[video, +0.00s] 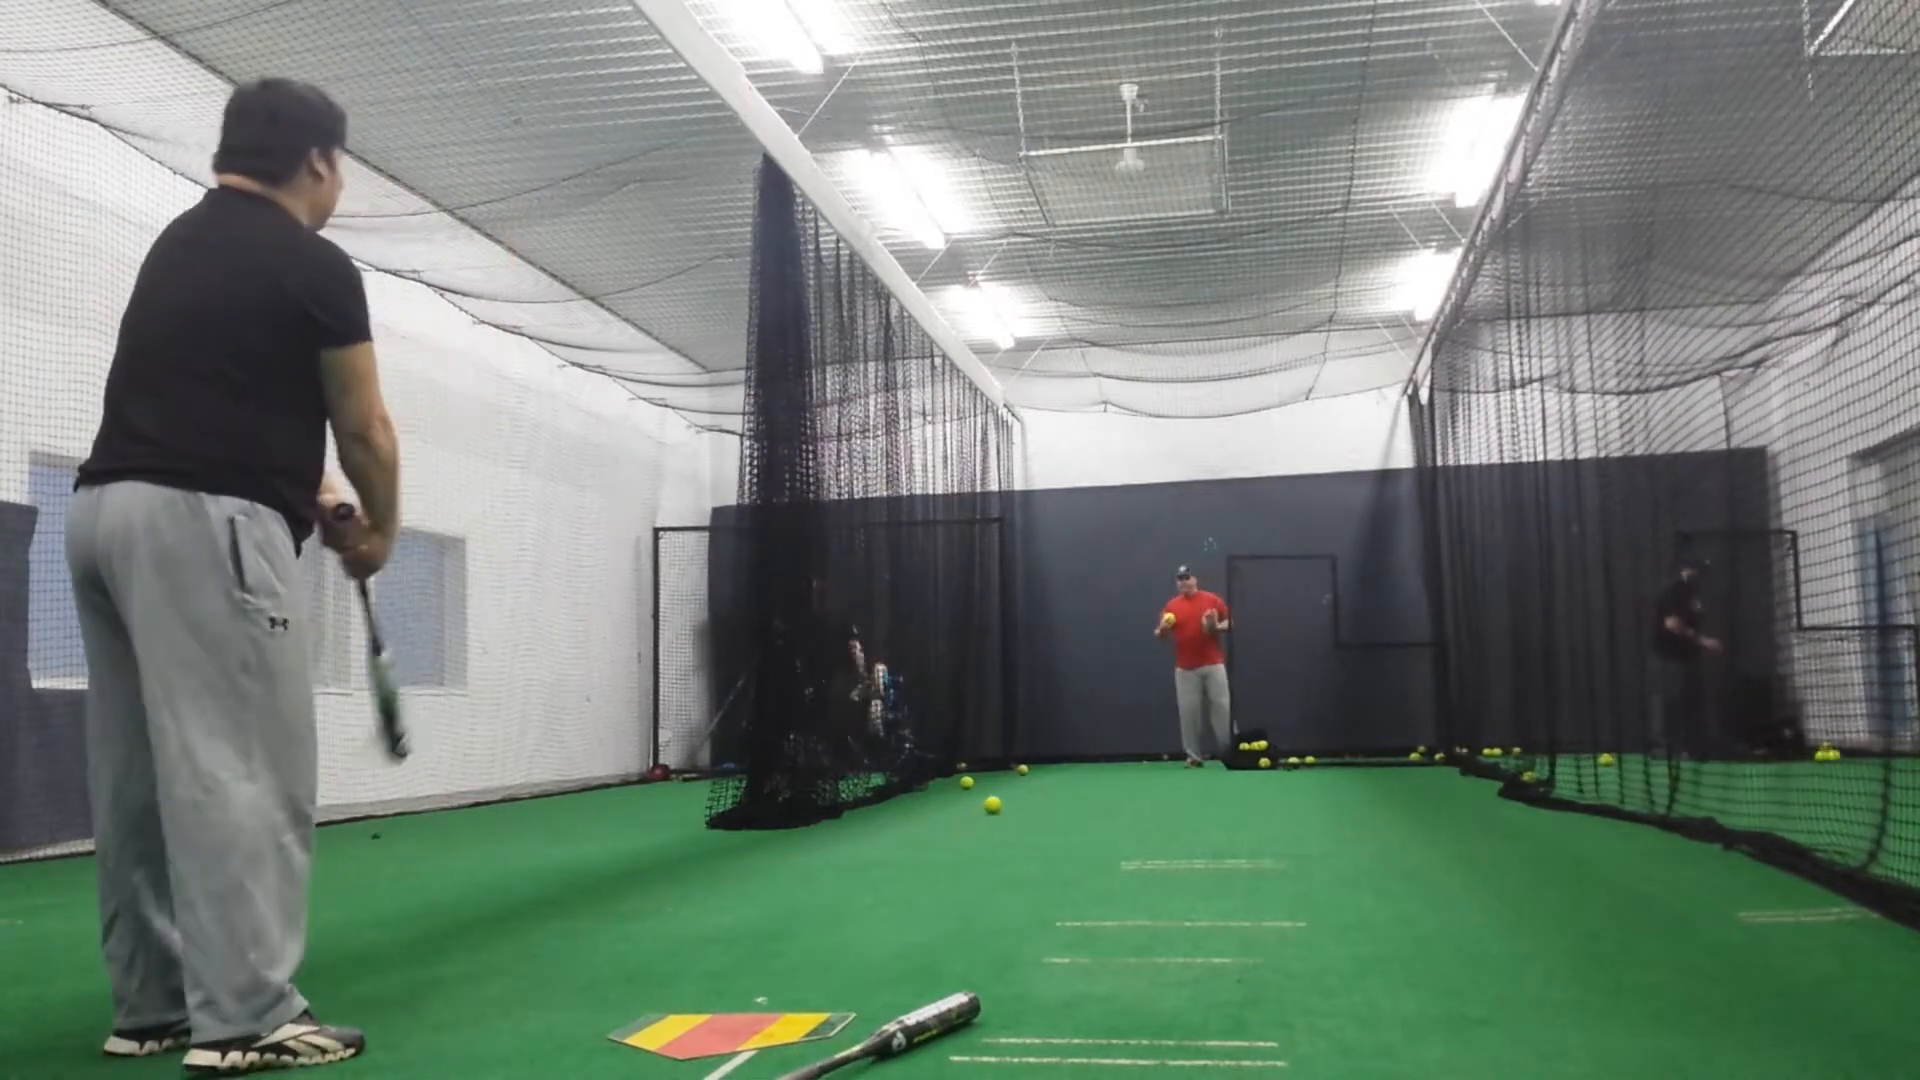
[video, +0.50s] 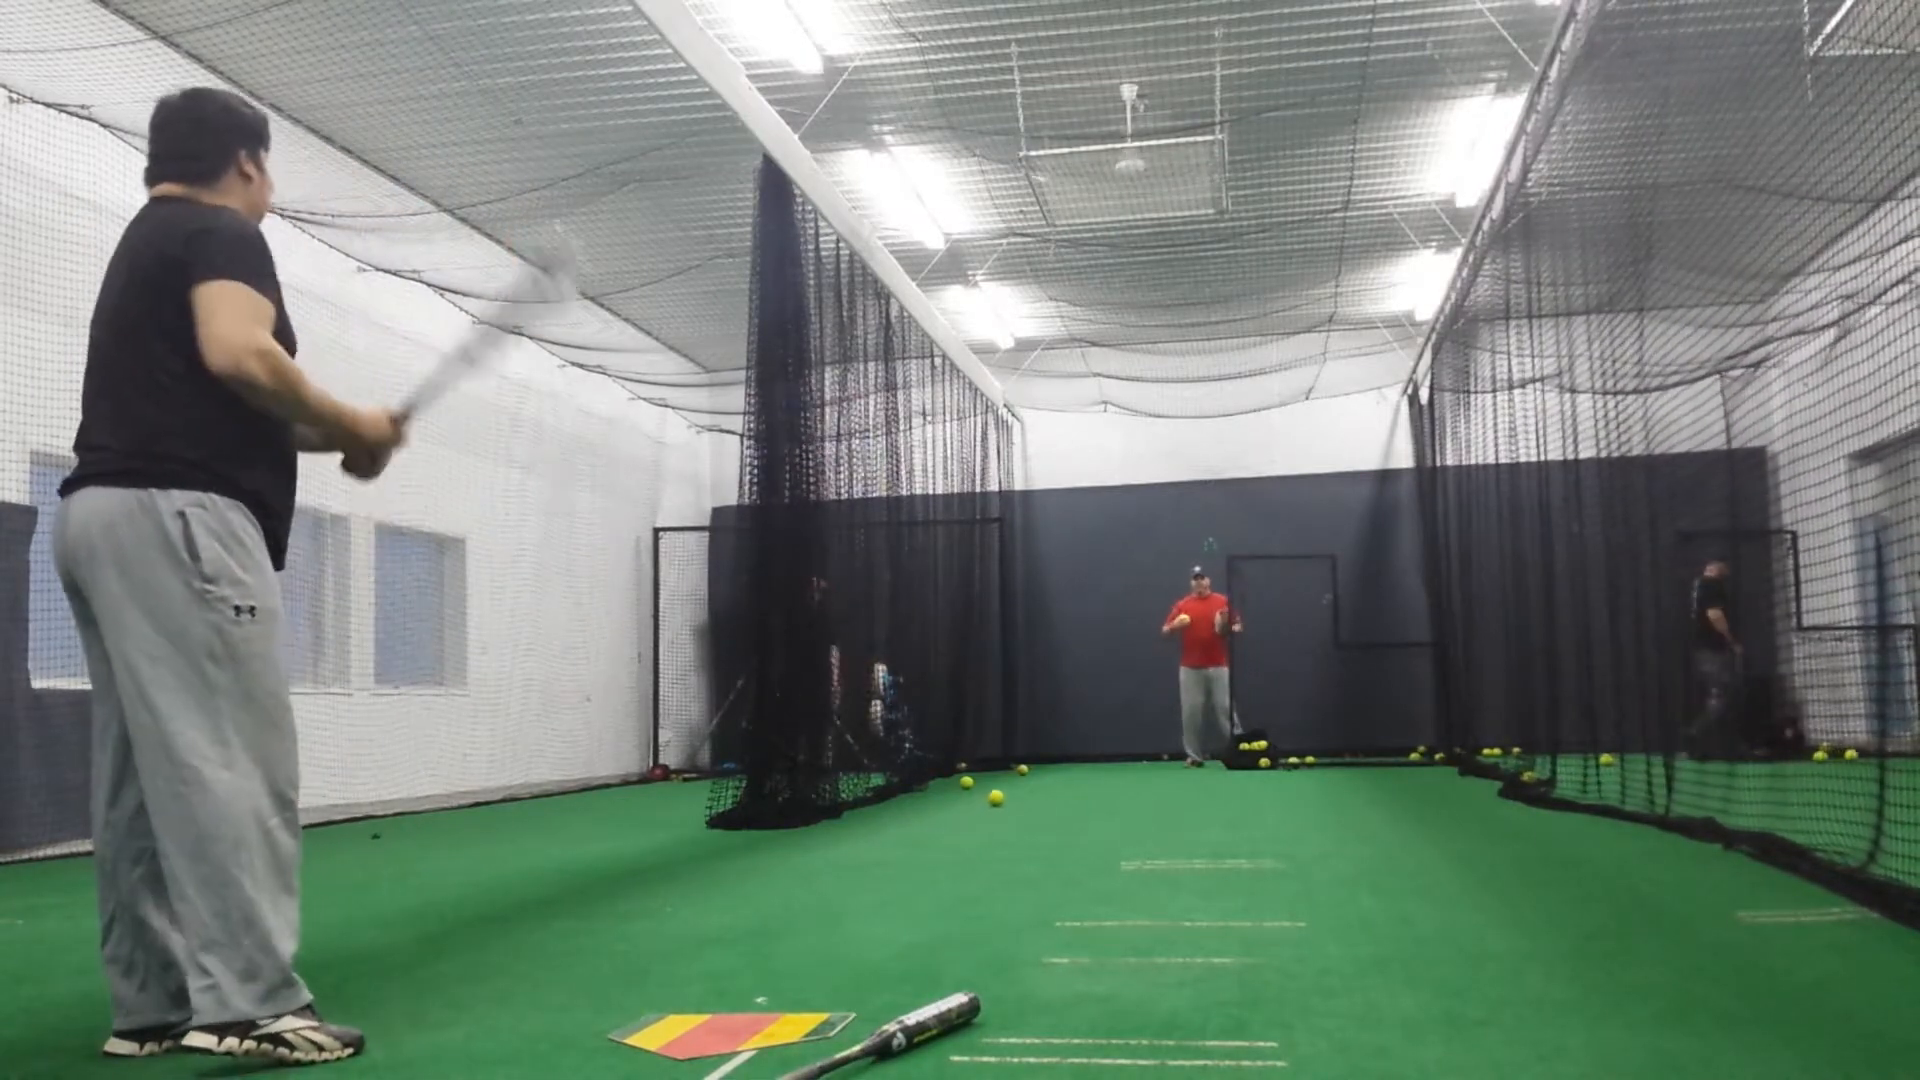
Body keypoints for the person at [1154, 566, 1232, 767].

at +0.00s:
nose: (1184, 582)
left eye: (1187, 578)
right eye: (1180, 579)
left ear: (1195, 580)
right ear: (1176, 583)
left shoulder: (1211, 600)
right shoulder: (1171, 606)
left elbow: (1228, 621)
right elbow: (1159, 635)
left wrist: (1216, 626)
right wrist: (1164, 627)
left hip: (1212, 662)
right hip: (1186, 666)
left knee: (1221, 707)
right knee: (1188, 710)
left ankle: (1227, 752)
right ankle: (1193, 755)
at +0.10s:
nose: (1184, 584)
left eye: (1187, 579)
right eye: (1180, 581)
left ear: (1194, 581)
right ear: (1176, 585)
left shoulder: (1210, 601)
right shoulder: (1173, 607)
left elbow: (1225, 623)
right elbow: (1162, 639)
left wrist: (1215, 627)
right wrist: (1165, 630)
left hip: (1212, 664)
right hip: (1186, 667)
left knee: (1218, 709)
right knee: (1188, 712)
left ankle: (1223, 753)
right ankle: (1193, 755)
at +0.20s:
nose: (1188, 583)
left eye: (1191, 579)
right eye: (1184, 580)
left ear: (1197, 582)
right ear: (1180, 584)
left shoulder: (1212, 603)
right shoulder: (1173, 607)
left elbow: (1226, 626)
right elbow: (1163, 638)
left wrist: (1217, 628)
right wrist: (1169, 630)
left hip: (1213, 665)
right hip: (1187, 667)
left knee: (1220, 709)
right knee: (1189, 712)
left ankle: (1223, 752)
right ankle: (1193, 755)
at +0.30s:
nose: (1192, 582)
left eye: (1195, 578)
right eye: (1188, 579)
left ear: (1201, 581)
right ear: (1183, 583)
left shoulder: (1213, 603)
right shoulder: (1175, 606)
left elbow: (1227, 627)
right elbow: (1159, 633)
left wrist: (1218, 627)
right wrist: (1170, 627)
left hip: (1215, 665)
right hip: (1188, 667)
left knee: (1222, 711)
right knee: (1190, 713)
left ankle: (1231, 752)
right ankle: (1193, 755)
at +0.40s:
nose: (1196, 581)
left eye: (1198, 577)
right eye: (1192, 578)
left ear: (1204, 580)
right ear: (1187, 582)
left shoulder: (1216, 601)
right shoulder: (1178, 604)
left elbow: (1227, 628)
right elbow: (1159, 629)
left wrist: (1222, 622)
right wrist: (1172, 623)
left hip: (1215, 663)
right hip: (1188, 665)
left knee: (1226, 706)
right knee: (1189, 711)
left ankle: (1242, 747)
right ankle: (1193, 755)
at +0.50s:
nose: (1199, 582)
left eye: (1202, 578)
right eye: (1196, 579)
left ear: (1208, 581)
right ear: (1191, 583)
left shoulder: (1222, 602)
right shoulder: (1182, 605)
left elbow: (1238, 626)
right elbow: (1164, 631)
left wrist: (1227, 626)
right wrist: (1175, 625)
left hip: (1217, 664)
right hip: (1191, 665)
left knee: (1223, 707)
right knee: (1191, 710)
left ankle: (1232, 751)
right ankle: (1193, 754)